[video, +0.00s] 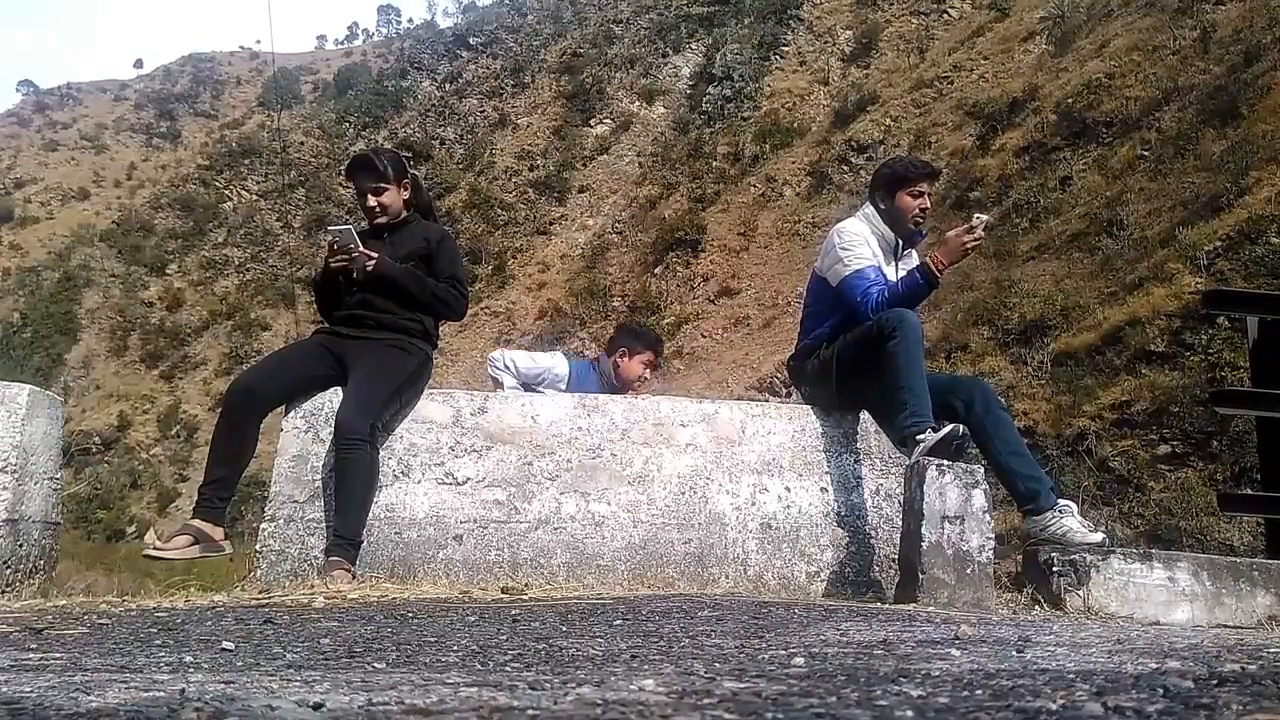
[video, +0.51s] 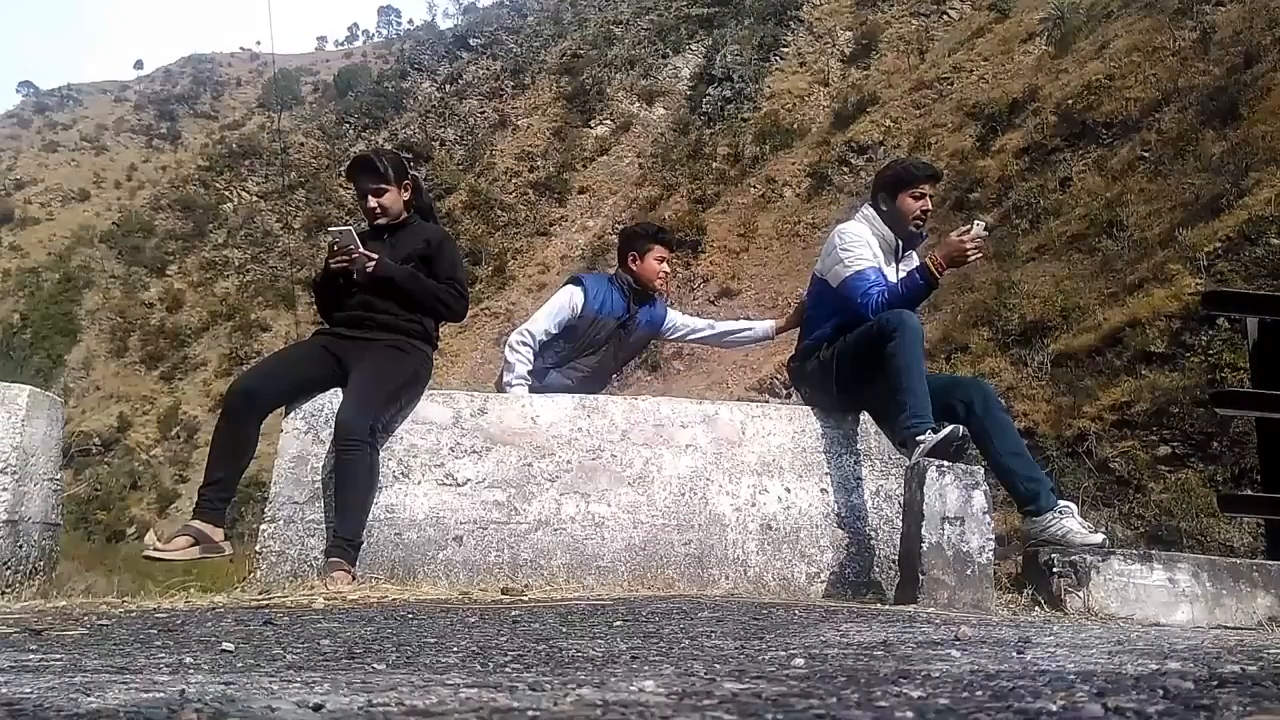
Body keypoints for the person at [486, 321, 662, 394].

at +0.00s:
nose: (648, 375)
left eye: (651, 368)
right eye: (645, 365)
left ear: (622, 358)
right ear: (621, 357)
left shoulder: (620, 392)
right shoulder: (565, 371)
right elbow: (499, 361)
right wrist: (517, 408)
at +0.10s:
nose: (651, 345)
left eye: (653, 337)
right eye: (647, 335)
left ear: (624, 332)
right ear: (622, 330)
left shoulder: (623, 381)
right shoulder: (563, 350)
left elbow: (642, 422)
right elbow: (498, 354)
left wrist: (678, 410)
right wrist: (514, 406)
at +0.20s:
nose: (654, 319)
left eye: (655, 311)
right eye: (648, 309)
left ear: (629, 307)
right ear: (623, 305)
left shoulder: (630, 359)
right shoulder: (568, 330)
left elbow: (676, 391)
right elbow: (501, 351)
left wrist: (713, 362)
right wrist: (515, 406)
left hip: (567, 436)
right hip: (524, 426)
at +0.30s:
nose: (659, 296)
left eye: (660, 288)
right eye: (653, 287)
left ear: (639, 289)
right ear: (626, 285)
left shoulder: (640, 338)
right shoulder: (576, 312)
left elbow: (693, 354)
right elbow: (509, 344)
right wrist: (515, 399)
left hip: (562, 420)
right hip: (520, 408)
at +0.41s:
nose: (662, 280)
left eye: (664, 272)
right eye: (657, 271)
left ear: (640, 273)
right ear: (631, 270)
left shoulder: (651, 324)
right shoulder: (582, 299)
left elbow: (711, 335)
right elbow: (517, 341)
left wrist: (769, 311)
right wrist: (517, 400)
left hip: (568, 412)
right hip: (524, 401)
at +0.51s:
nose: (667, 270)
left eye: (668, 262)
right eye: (661, 261)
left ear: (647, 264)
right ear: (633, 261)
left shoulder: (656, 315)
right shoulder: (585, 292)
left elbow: (718, 332)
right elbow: (523, 340)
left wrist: (782, 325)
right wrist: (517, 400)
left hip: (581, 410)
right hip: (534, 401)